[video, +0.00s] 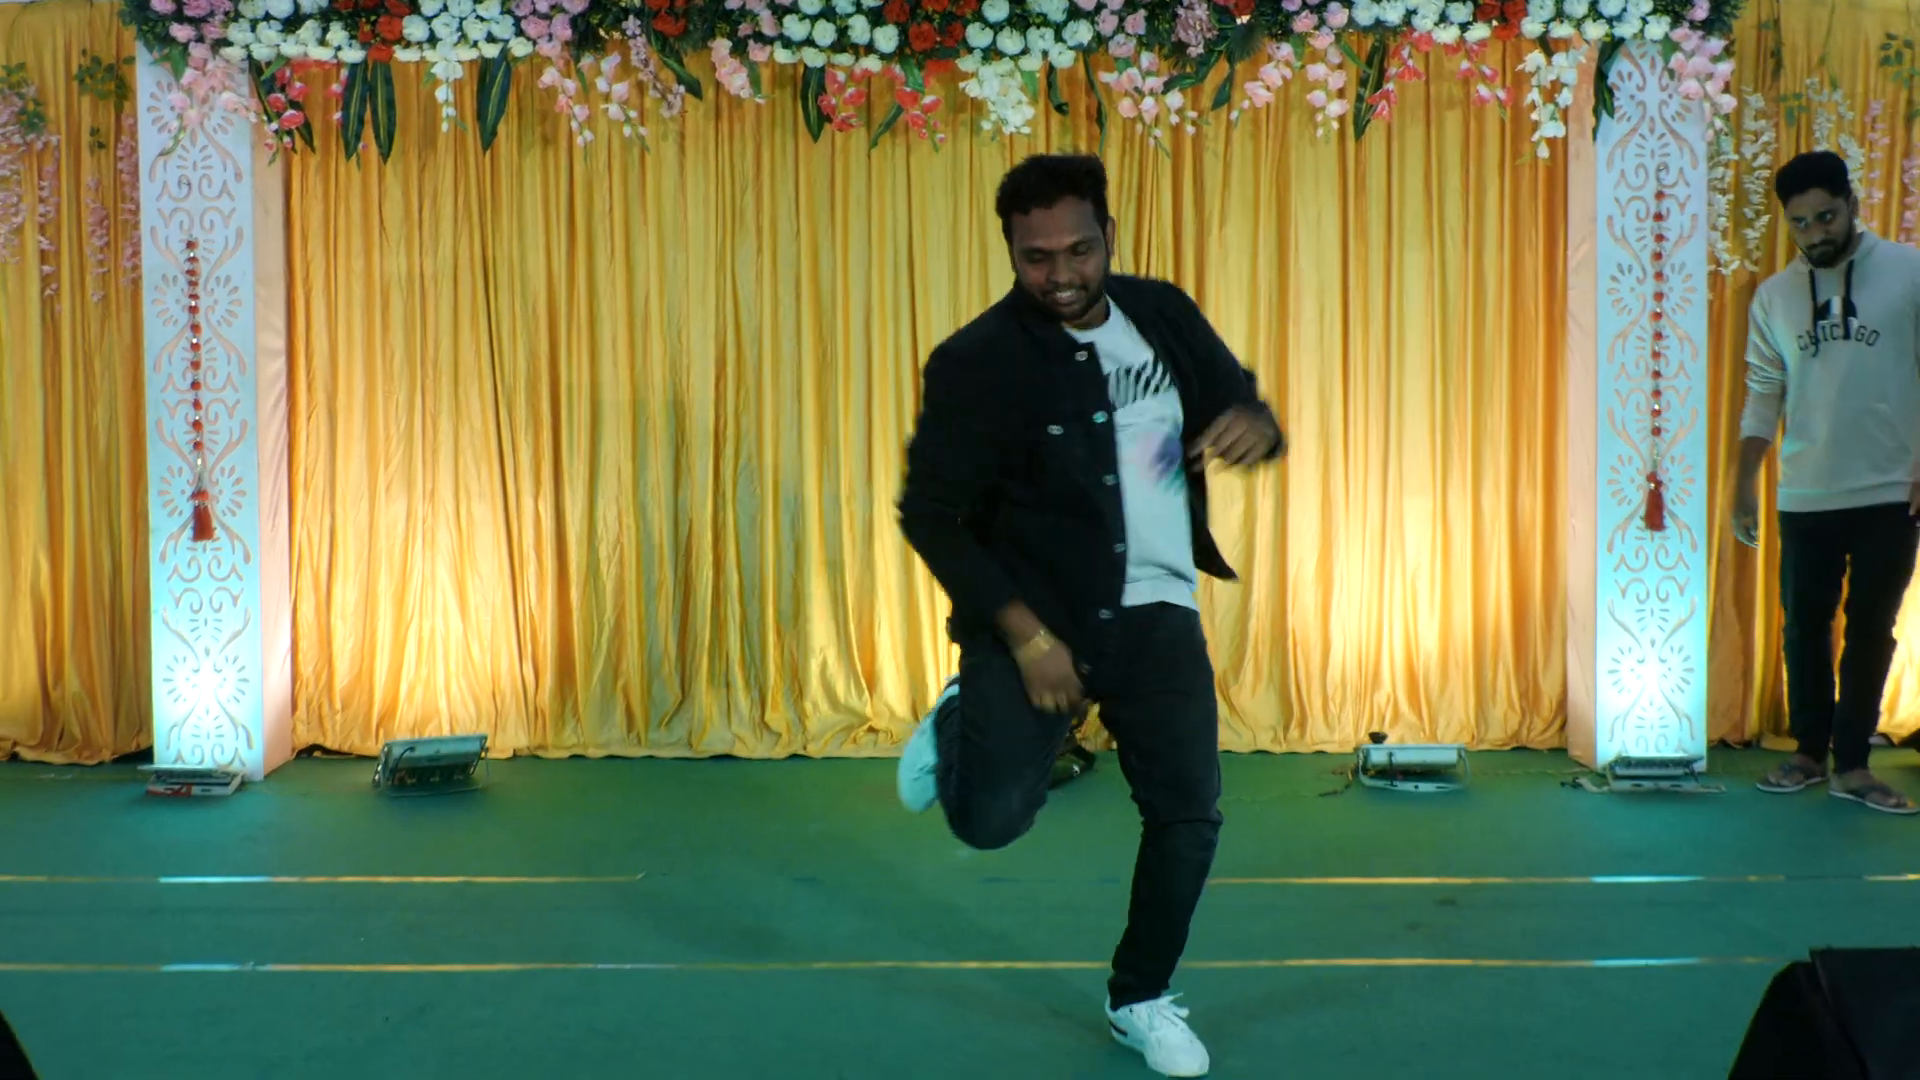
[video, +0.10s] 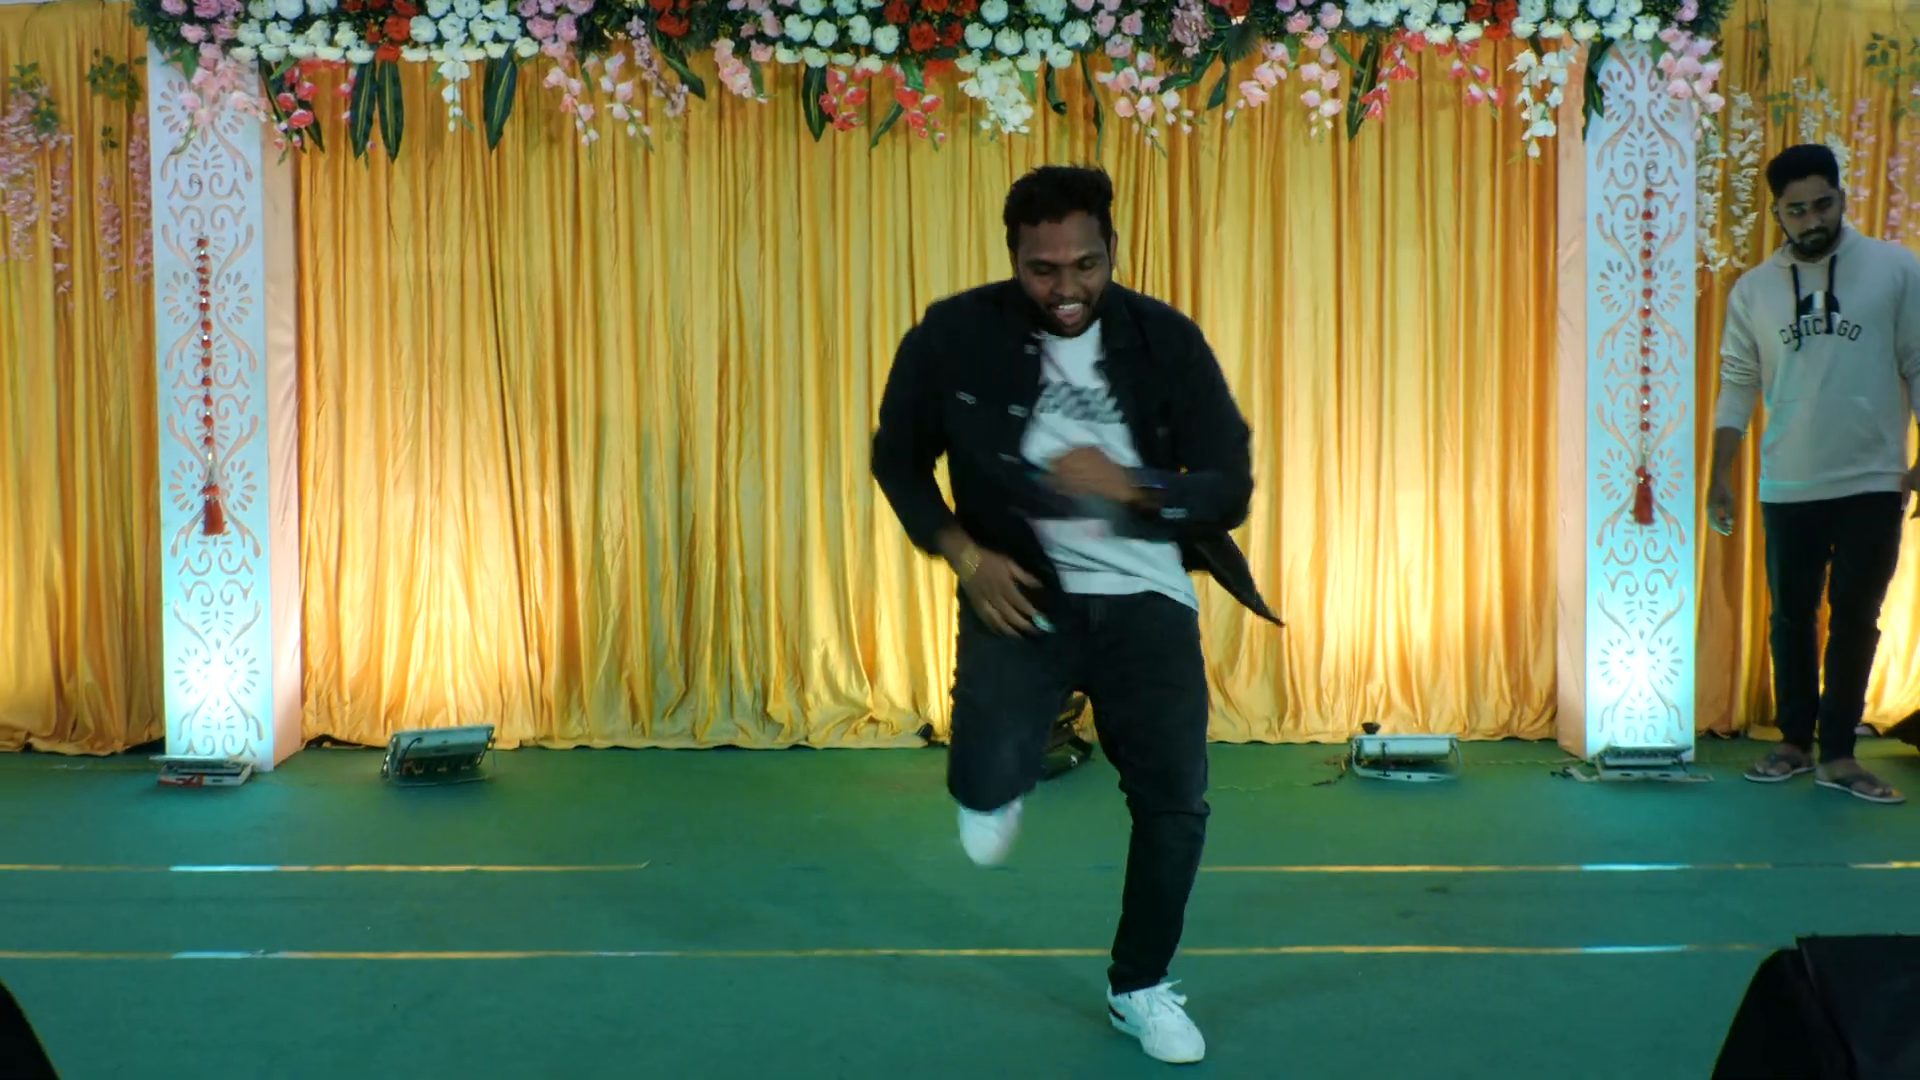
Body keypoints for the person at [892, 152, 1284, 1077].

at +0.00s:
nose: (1063, 276)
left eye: (1079, 251)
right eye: (1039, 258)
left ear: (1109, 240)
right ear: (1010, 255)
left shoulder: (1163, 314)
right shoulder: (974, 364)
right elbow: (928, 514)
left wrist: (1252, 425)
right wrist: (1023, 630)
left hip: (1158, 616)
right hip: (1032, 623)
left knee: (1187, 816)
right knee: (991, 820)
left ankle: (1139, 993)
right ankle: (956, 724)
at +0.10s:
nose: (1066, 290)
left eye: (1084, 267)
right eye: (1045, 270)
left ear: (1111, 254)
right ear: (1013, 258)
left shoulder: (1166, 341)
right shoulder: (952, 335)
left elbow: (1229, 489)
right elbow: (896, 457)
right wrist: (962, 554)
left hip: (1147, 605)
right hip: (1020, 598)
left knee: (1176, 805)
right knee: (984, 780)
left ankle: (1140, 982)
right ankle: (997, 791)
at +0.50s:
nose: (924, 251)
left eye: (945, 233)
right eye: (910, 230)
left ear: (991, 224)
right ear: (894, 219)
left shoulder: (1028, 343)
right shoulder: (874, 276)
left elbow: (1025, 512)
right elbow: (850, 393)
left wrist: (891, 447)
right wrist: (807, 481)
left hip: (995, 600)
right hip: (887, 591)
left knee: (1037, 777)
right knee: (875, 790)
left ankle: (1096, 938)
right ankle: (887, 990)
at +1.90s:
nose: (1051, 262)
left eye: (1059, 241)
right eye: (1031, 244)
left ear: (1066, 230)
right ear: (968, 232)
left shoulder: (1040, 300)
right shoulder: (906, 339)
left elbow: (1007, 424)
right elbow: (923, 511)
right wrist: (1063, 453)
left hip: (1028, 594)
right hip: (912, 617)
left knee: (1110, 768)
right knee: (888, 813)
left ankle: (1099, 990)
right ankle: (873, 1017)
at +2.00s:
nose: (1089, 257)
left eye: (1096, 236)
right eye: (1069, 239)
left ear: (1100, 221)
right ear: (1006, 226)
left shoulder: (1066, 285)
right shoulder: (960, 310)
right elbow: (988, 482)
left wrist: (1119, 334)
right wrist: (1144, 501)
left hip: (1060, 598)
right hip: (940, 607)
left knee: (1111, 800)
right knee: (893, 804)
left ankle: (1120, 1023)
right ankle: (849, 997)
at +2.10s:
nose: (1111, 284)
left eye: (1118, 264)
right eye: (1090, 267)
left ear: (1125, 248)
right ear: (1031, 254)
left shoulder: (1085, 300)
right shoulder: (997, 331)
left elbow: (1127, 289)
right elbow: (1040, 509)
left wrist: (1212, 319)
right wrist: (1174, 607)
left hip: (1096, 634)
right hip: (980, 637)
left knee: (1127, 837)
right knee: (920, 821)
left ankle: (1104, 1037)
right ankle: (839, 916)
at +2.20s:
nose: (1115, 294)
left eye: (1125, 272)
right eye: (1093, 275)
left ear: (1135, 263)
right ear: (1038, 271)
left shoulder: (1117, 341)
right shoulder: (1005, 375)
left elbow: (1170, 382)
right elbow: (1024, 564)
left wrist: (1275, 384)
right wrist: (1109, 698)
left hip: (1106, 641)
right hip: (994, 655)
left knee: (1145, 842)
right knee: (951, 862)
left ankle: (1105, 1040)